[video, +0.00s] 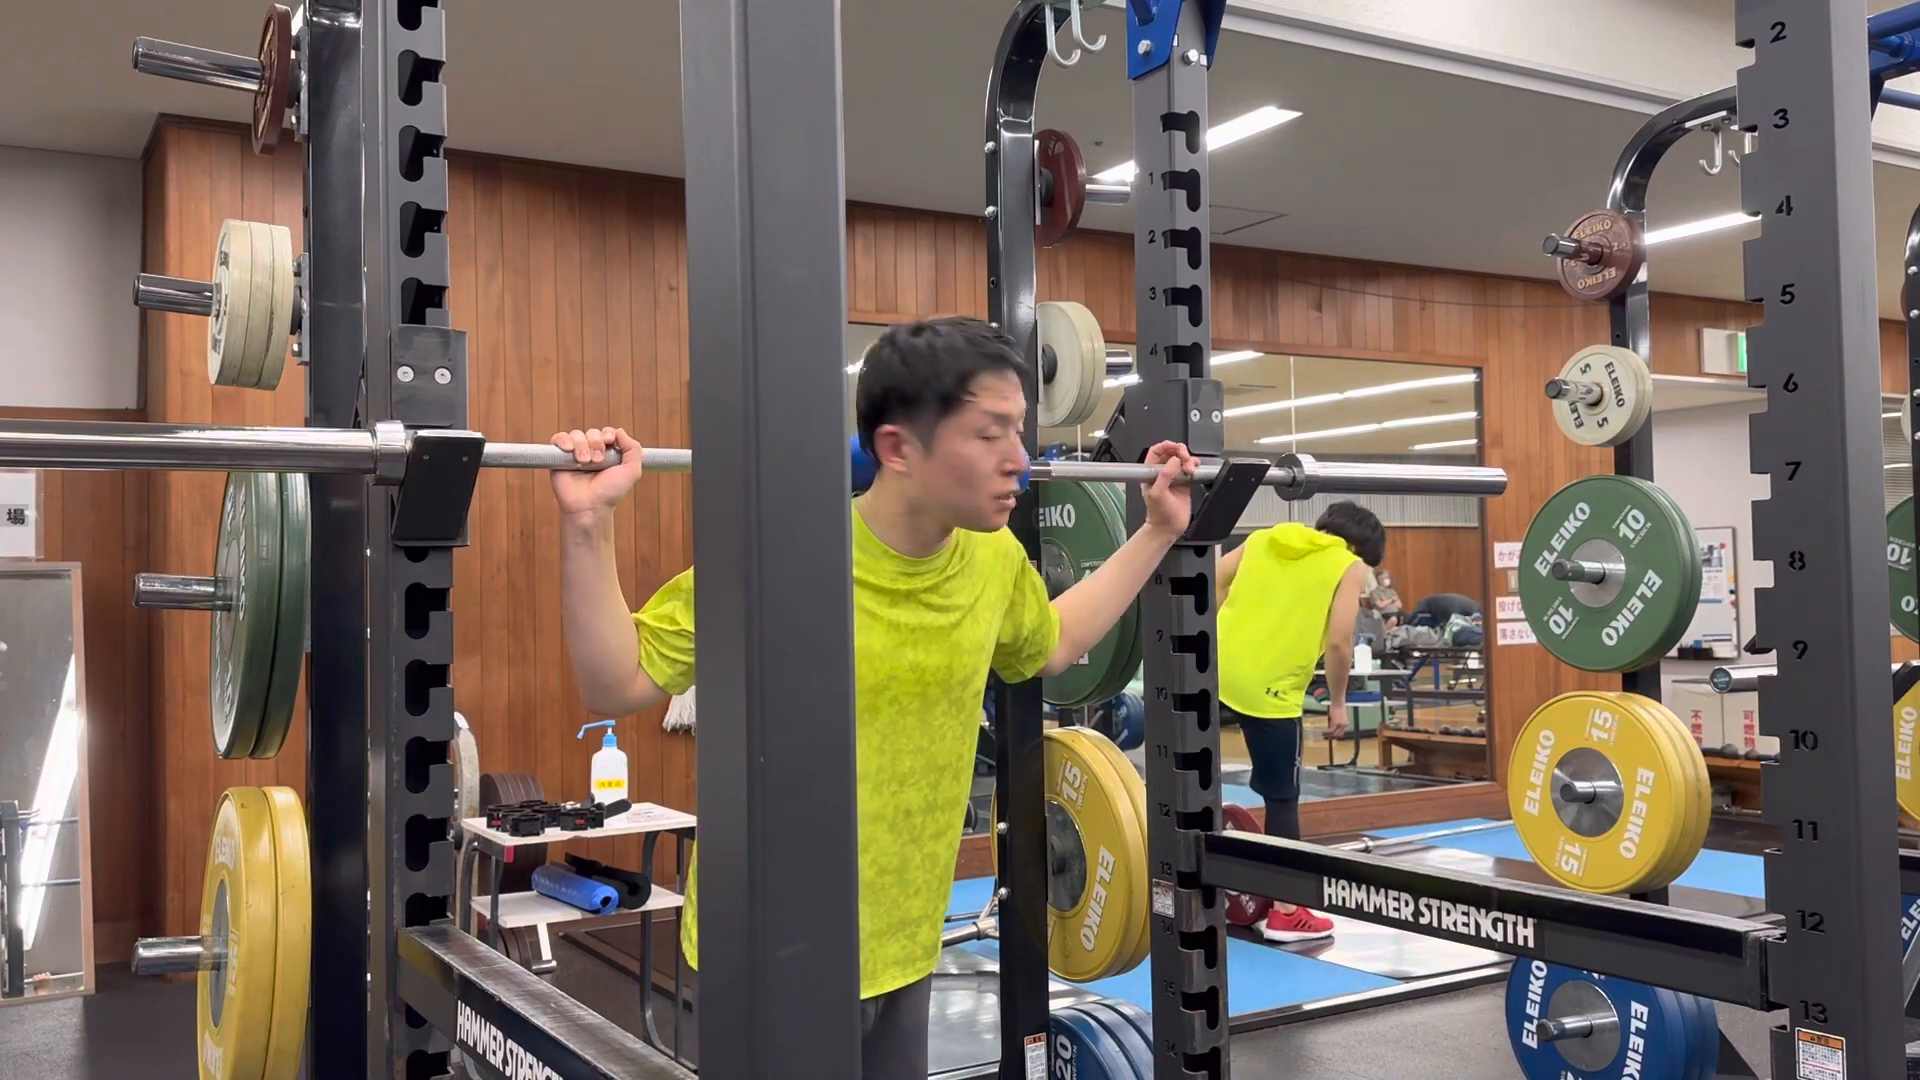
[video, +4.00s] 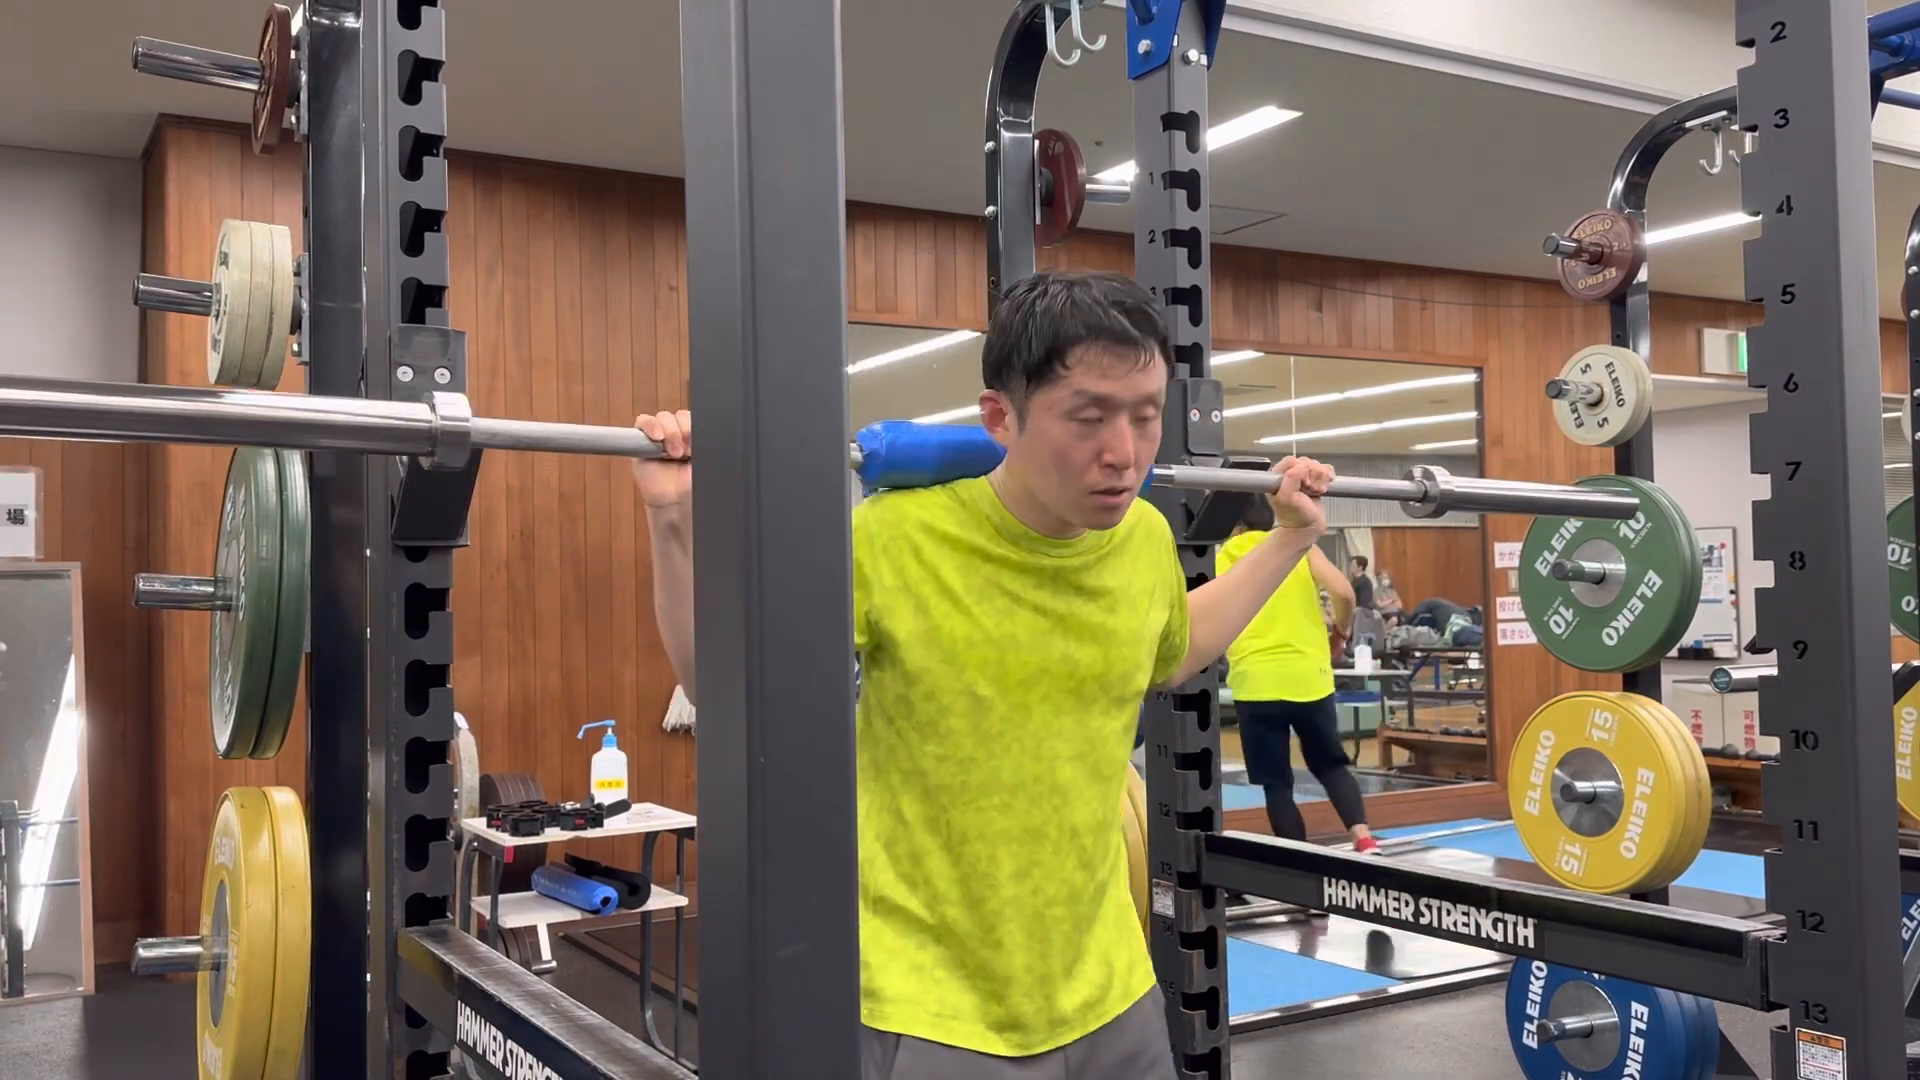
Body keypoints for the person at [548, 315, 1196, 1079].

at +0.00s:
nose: (1020, 461)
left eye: (1019, 434)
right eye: (991, 434)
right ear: (896, 447)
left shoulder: (994, 560)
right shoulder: (785, 559)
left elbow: (1048, 645)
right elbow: (619, 684)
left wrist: (1157, 533)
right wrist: (586, 526)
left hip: (903, 962)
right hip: (770, 970)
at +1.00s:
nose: (990, 449)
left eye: (1009, 420)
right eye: (959, 417)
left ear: (1027, 428)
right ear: (890, 424)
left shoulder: (1025, 533)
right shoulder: (815, 541)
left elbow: (1064, 634)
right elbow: (654, 671)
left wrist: (1163, 527)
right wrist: (599, 523)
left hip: (983, 948)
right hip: (846, 965)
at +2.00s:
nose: (966, 440)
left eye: (987, 410)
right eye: (935, 411)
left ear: (1009, 409)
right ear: (868, 407)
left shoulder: (1015, 512)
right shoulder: (803, 512)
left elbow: (1058, 607)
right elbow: (644, 632)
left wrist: (1168, 510)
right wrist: (591, 495)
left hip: (984, 942)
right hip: (838, 955)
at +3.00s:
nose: (995, 434)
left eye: (1015, 401)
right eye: (962, 404)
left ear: (1036, 398)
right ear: (887, 402)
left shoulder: (1031, 507)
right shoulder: (813, 517)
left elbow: (1062, 599)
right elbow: (644, 638)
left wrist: (1174, 499)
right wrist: (597, 505)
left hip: (1009, 954)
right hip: (851, 977)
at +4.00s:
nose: (1124, 450)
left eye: (1144, 414)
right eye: (1087, 415)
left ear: (1163, 413)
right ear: (1000, 415)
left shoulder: (1143, 540)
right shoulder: (892, 542)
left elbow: (1168, 652)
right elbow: (717, 677)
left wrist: (1290, 539)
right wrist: (673, 520)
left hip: (1107, 991)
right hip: (931, 1013)